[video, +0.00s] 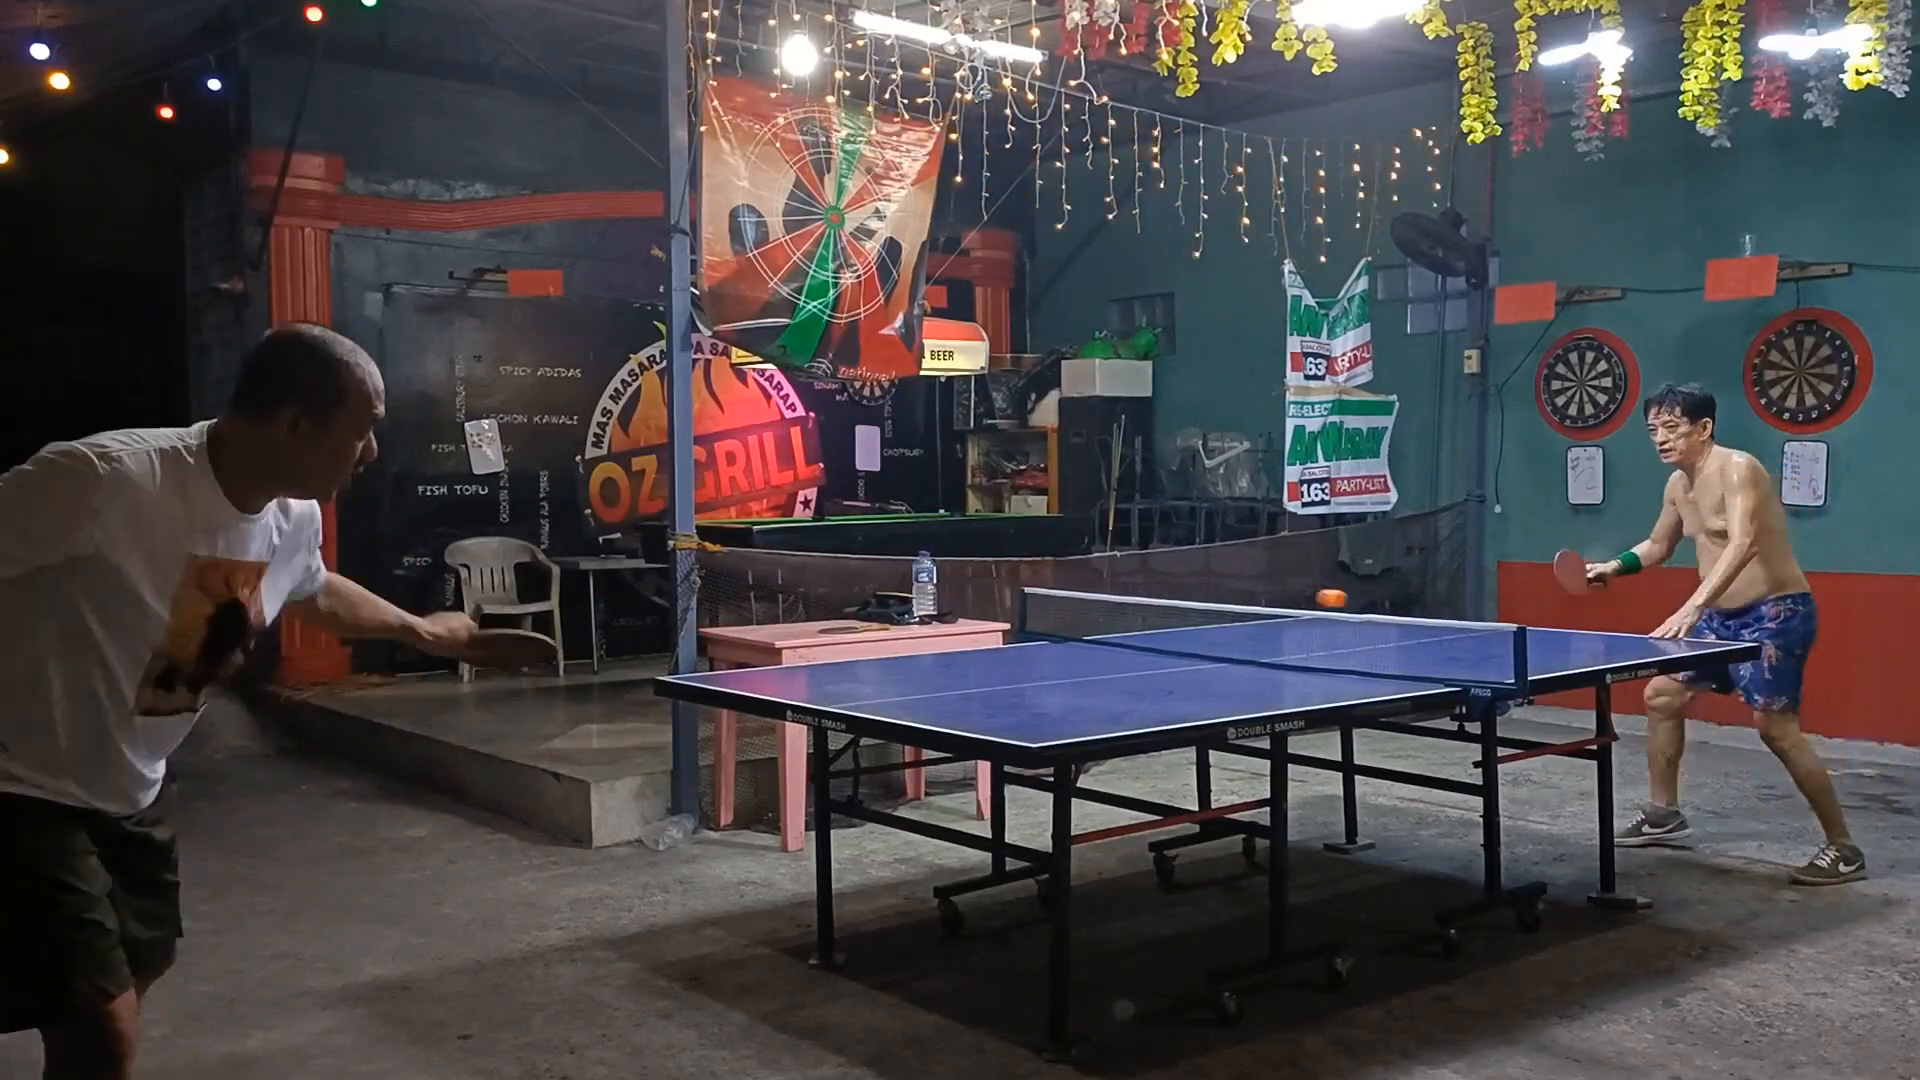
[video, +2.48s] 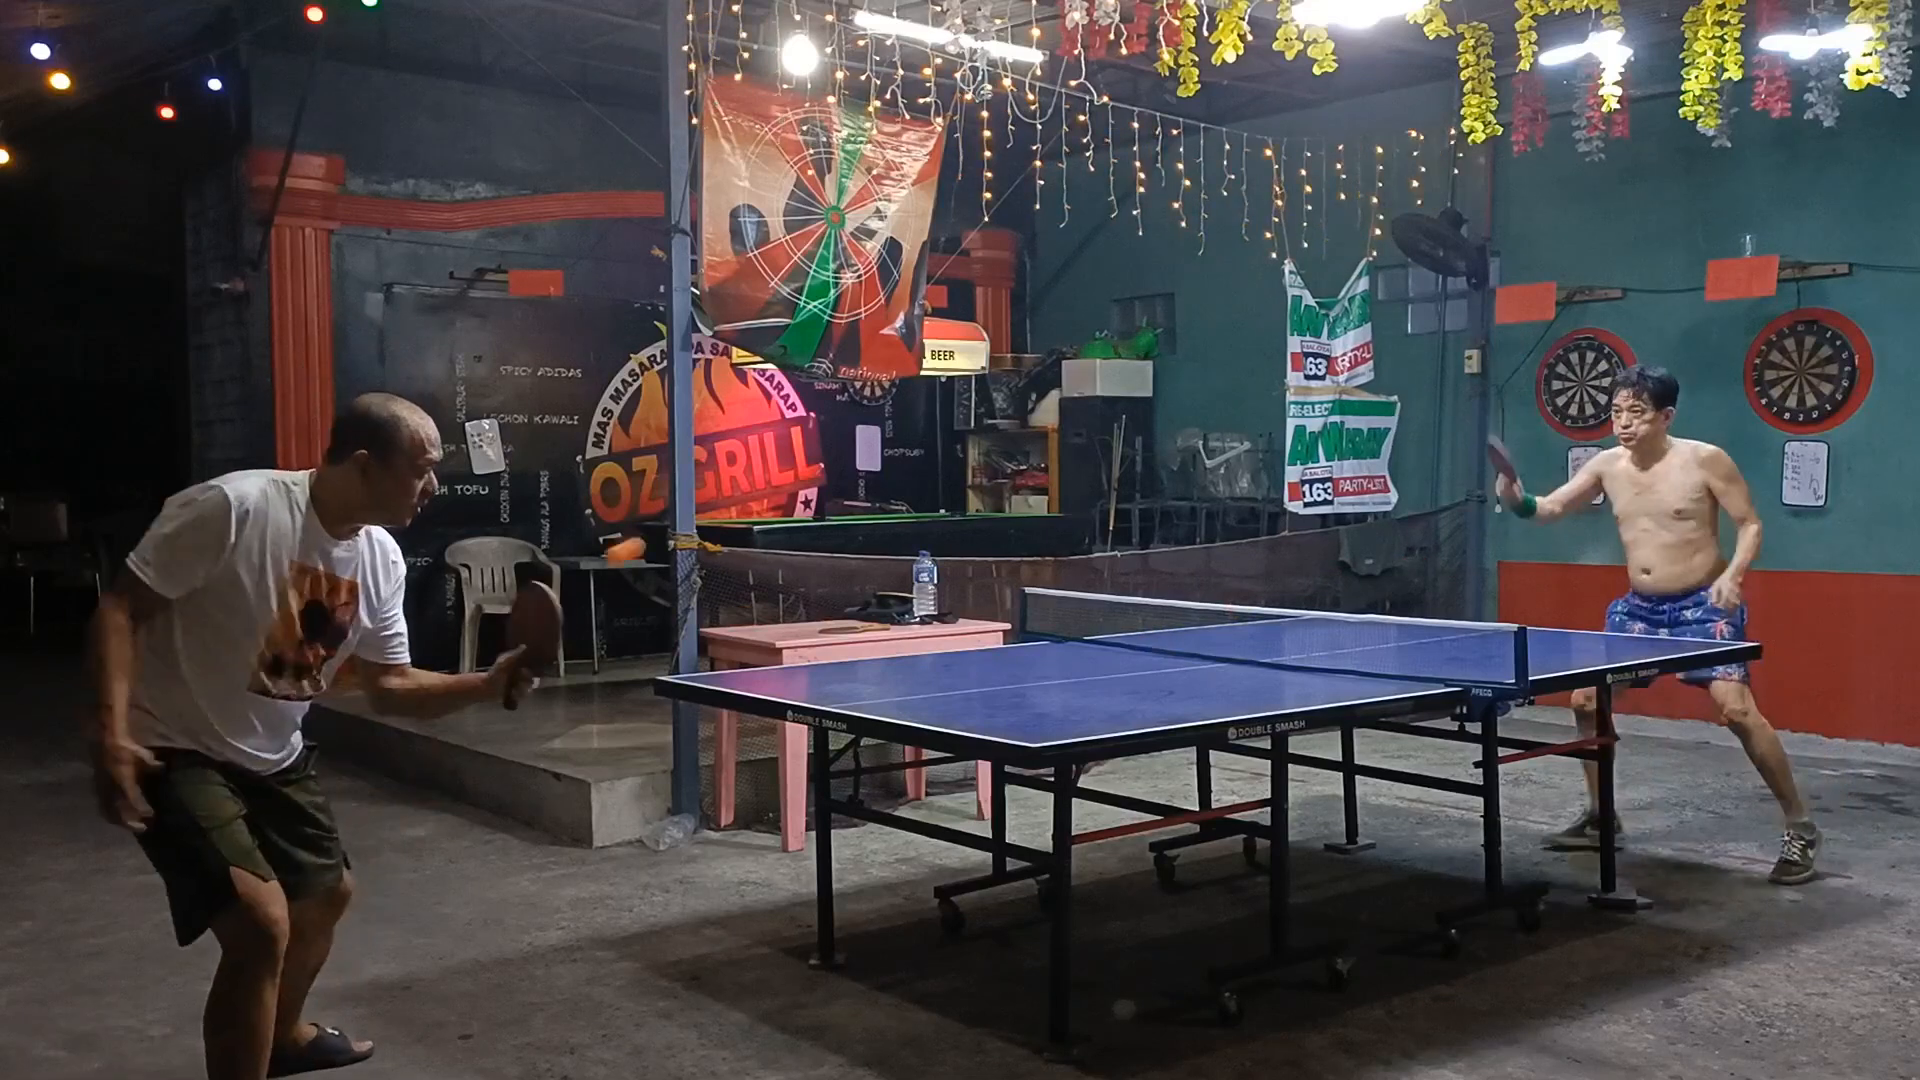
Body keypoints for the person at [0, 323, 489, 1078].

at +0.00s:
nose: (372, 453)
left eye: (374, 432)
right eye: (364, 431)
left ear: (299, 427)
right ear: (296, 425)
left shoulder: (293, 519)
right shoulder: (102, 482)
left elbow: (319, 592)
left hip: (133, 799)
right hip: (26, 792)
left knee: (114, 1022)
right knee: (100, 1036)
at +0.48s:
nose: (377, 374)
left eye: (375, 354)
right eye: (366, 354)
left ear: (305, 366)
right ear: (315, 365)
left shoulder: (273, 469)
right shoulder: (237, 466)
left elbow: (238, 654)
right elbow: (187, 637)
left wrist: (337, 773)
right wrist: (329, 761)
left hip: (223, 774)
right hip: (164, 775)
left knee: (245, 1016)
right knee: (218, 1027)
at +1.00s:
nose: (444, 461)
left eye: (442, 449)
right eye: (444, 449)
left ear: (368, 450)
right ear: (430, 446)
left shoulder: (312, 526)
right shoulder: (408, 501)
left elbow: (295, 639)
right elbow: (425, 587)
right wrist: (517, 681)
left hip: (268, 759)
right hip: (340, 756)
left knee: (356, 891)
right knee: (424, 952)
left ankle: (390, 1015)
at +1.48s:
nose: (428, 448)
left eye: (427, 436)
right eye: (425, 436)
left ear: (361, 436)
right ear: (397, 432)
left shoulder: (324, 492)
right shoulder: (394, 462)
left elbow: (336, 621)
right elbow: (390, 539)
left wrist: (408, 713)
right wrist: (454, 646)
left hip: (262, 665)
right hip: (322, 664)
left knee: (348, 829)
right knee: (400, 858)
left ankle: (333, 991)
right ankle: (333, 1061)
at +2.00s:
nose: (413, 365)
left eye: (410, 351)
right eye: (403, 351)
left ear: (346, 360)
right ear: (362, 358)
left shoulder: (305, 422)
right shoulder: (337, 418)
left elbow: (285, 559)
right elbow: (313, 543)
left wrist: (355, 668)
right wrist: (379, 654)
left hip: (273, 664)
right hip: (286, 667)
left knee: (356, 847)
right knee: (342, 869)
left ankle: (291, 1015)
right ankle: (287, 1067)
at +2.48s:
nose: (432, 489)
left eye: (434, 473)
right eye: (422, 472)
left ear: (369, 465)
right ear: (364, 463)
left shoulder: (379, 556)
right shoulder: (232, 508)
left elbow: (387, 684)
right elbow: (118, 603)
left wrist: (488, 684)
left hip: (276, 753)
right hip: (176, 750)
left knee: (324, 893)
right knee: (260, 922)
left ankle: (281, 1035)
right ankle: (241, 1069)